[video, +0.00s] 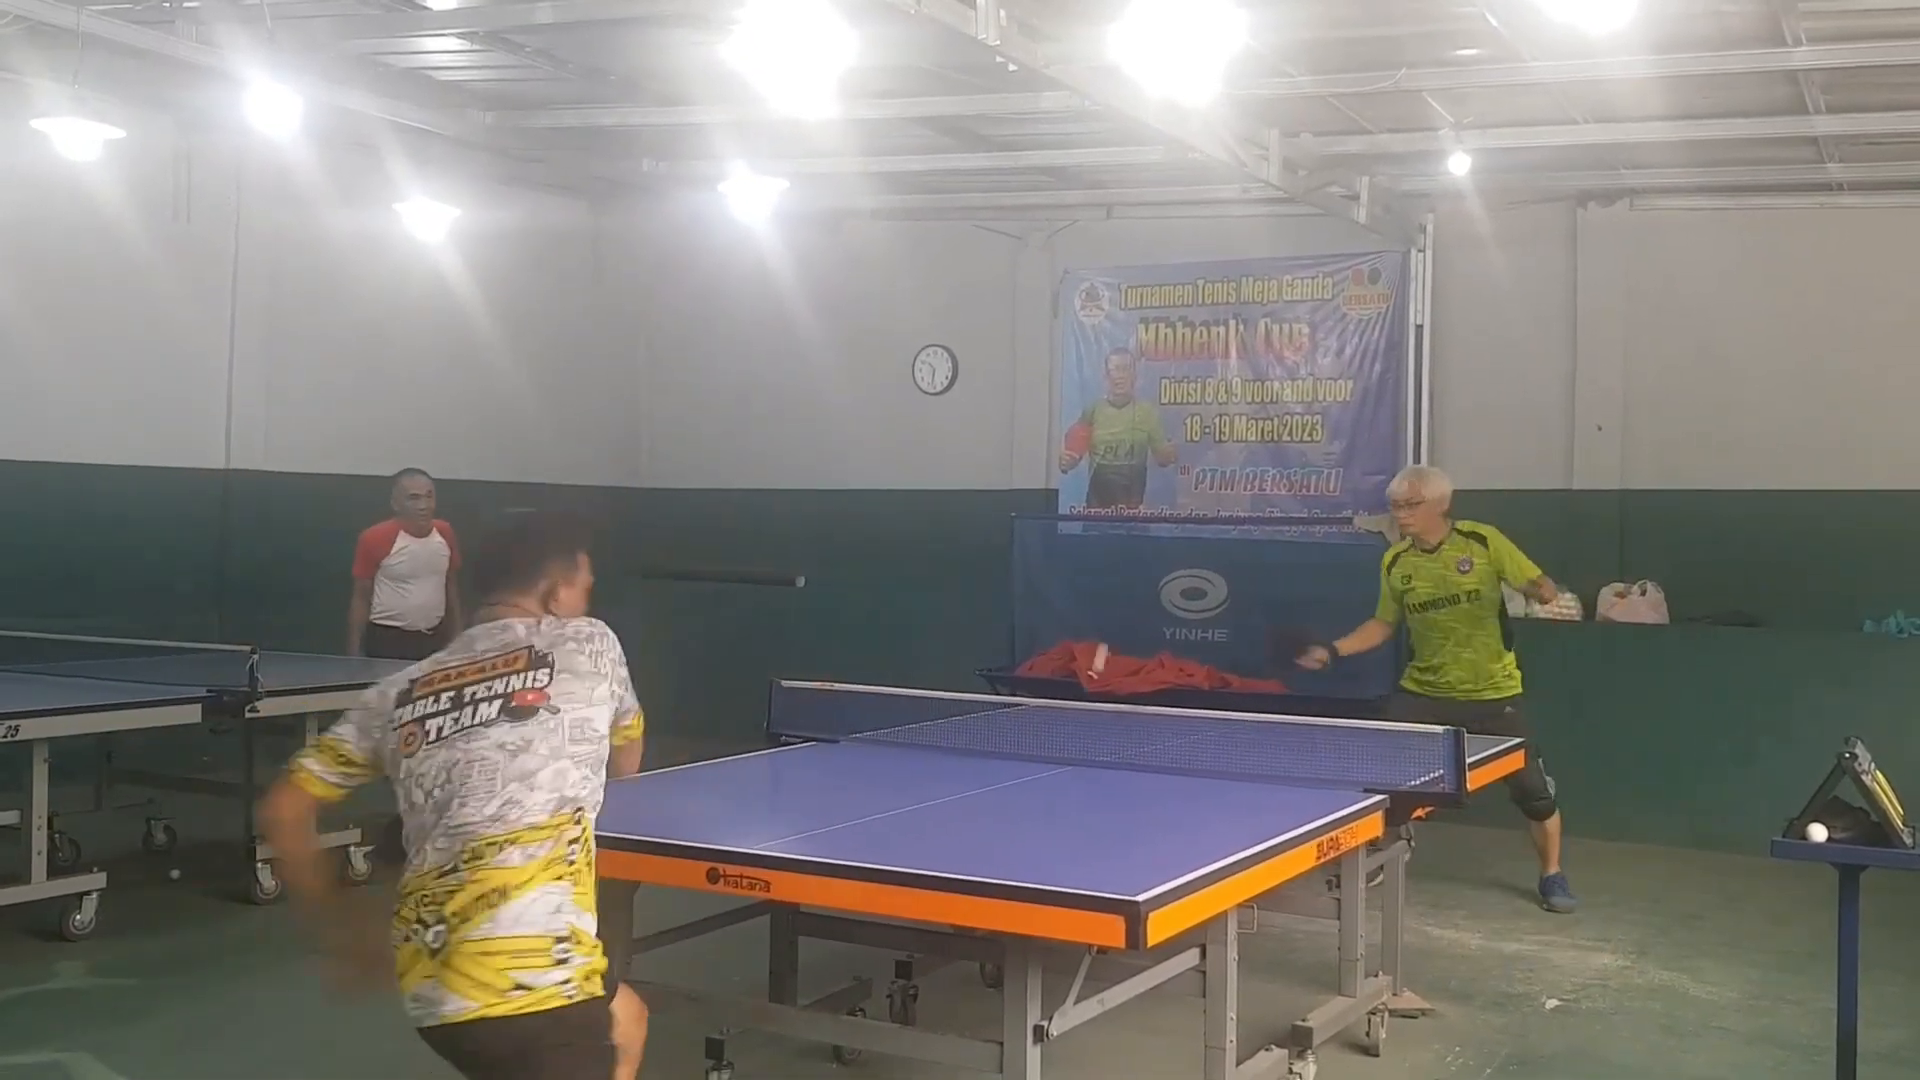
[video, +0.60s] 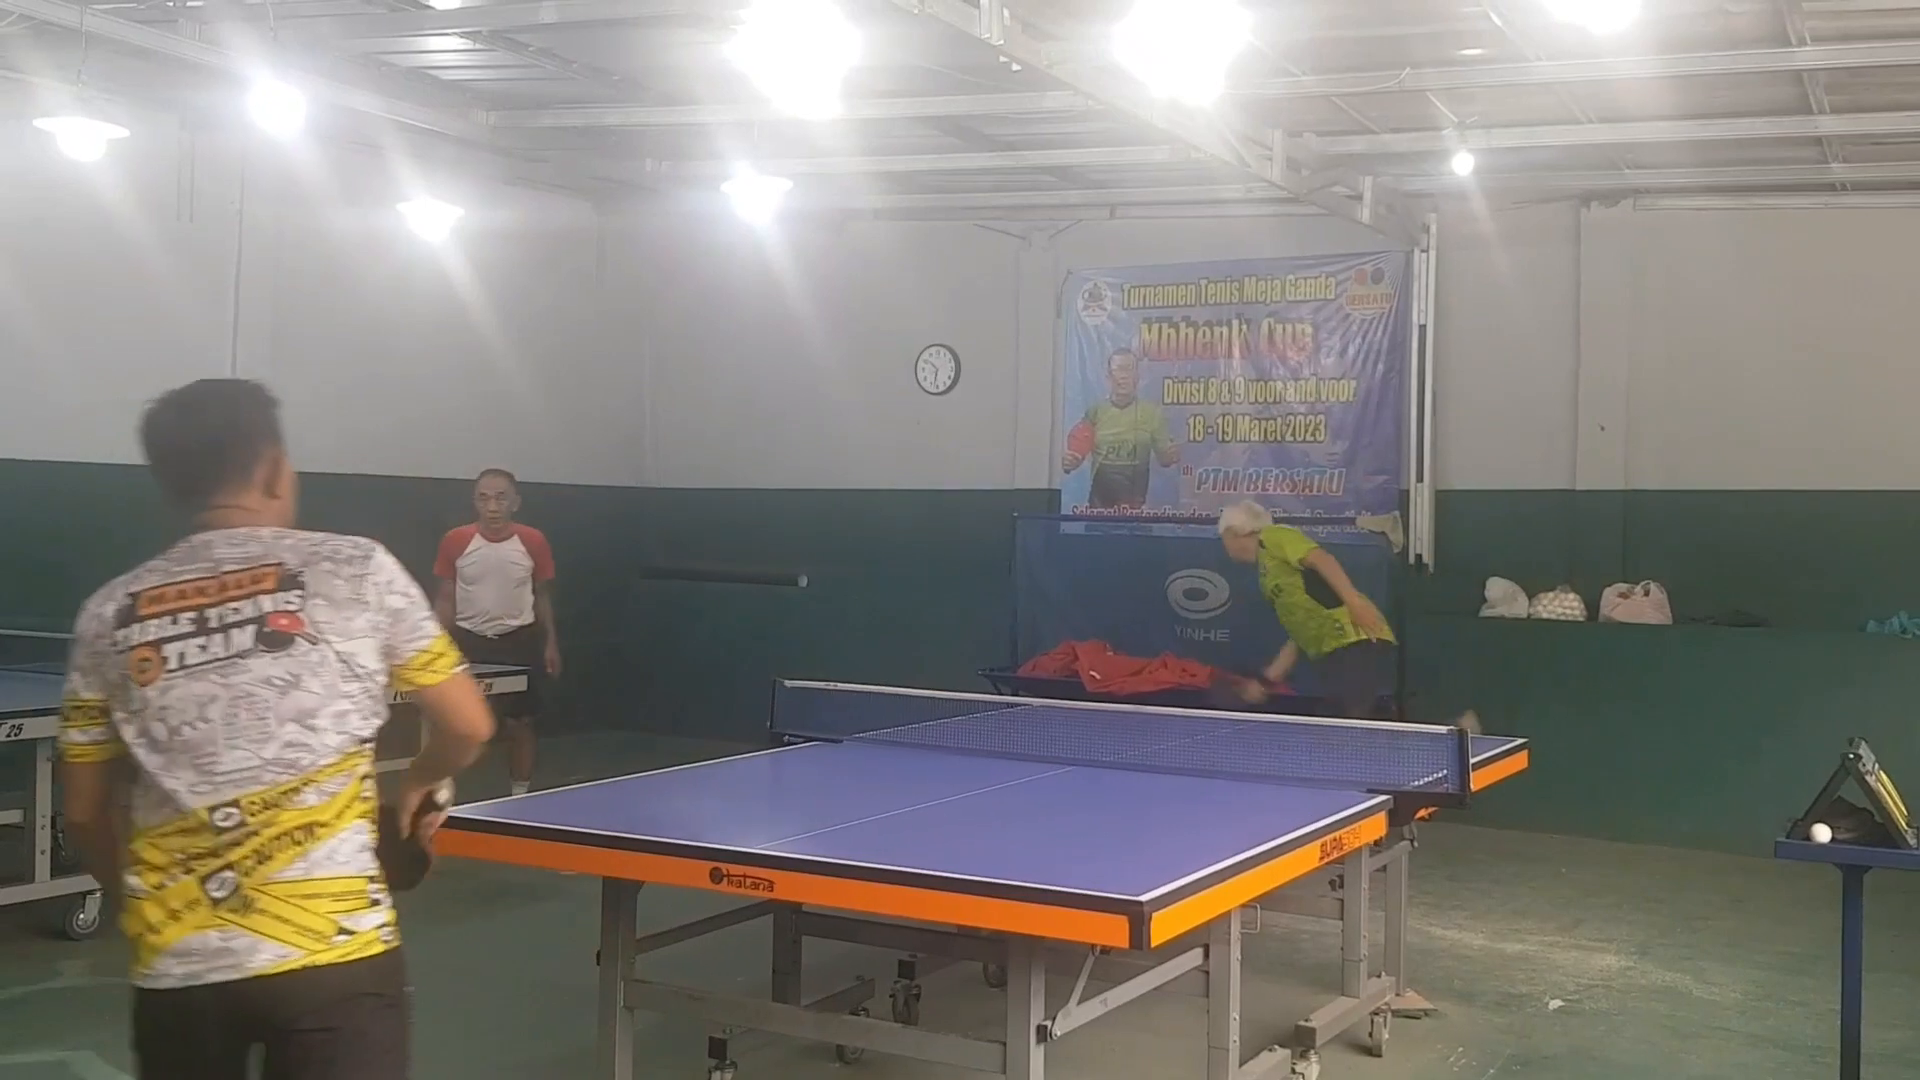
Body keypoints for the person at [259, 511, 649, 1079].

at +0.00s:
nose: (584, 607)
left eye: (587, 589)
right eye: (584, 589)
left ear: (487, 587)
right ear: (555, 585)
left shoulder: (399, 691)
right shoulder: (588, 642)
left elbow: (283, 808)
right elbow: (627, 761)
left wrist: (336, 936)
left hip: (433, 993)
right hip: (539, 986)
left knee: (628, 1020)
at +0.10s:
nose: (528, 583)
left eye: (526, 568)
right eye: (525, 567)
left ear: (417, 574)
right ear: (503, 565)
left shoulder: (348, 673)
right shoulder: (563, 617)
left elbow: (229, 771)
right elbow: (618, 768)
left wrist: (157, 927)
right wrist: (524, 779)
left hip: (444, 983)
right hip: (550, 963)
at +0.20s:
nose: (481, 537)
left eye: (479, 523)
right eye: (479, 522)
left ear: (371, 536)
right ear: (464, 521)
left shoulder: (311, 634)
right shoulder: (534, 580)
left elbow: (225, 746)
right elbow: (620, 729)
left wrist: (138, 923)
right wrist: (524, 767)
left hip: (401, 960)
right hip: (521, 943)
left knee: (503, 1056)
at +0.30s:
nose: (451, 499)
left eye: (450, 481)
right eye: (448, 481)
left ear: (334, 499)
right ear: (429, 485)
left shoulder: (265, 618)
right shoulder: (506, 571)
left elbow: (221, 768)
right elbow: (613, 712)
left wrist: (164, 955)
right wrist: (523, 765)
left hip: (348, 957)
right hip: (477, 947)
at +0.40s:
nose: (407, 481)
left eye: (405, 464)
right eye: (407, 463)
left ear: (289, 484)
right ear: (392, 470)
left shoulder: (215, 611)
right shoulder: (465, 561)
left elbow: (192, 792)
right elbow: (575, 710)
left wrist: (168, 976)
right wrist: (494, 756)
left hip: (302, 970)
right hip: (443, 958)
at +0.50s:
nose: (354, 475)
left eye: (347, 454)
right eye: (350, 455)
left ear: (234, 476)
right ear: (335, 461)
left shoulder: (163, 609)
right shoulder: (409, 562)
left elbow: (134, 801)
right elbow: (525, 709)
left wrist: (154, 943)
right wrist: (448, 758)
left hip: (244, 968)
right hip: (393, 955)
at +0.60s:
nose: (291, 472)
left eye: (285, 455)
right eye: (286, 456)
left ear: (173, 484)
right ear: (275, 467)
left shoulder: (107, 615)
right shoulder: (360, 569)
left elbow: (86, 813)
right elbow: (468, 724)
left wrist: (152, 892)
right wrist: (421, 778)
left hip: (180, 973)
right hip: (338, 960)